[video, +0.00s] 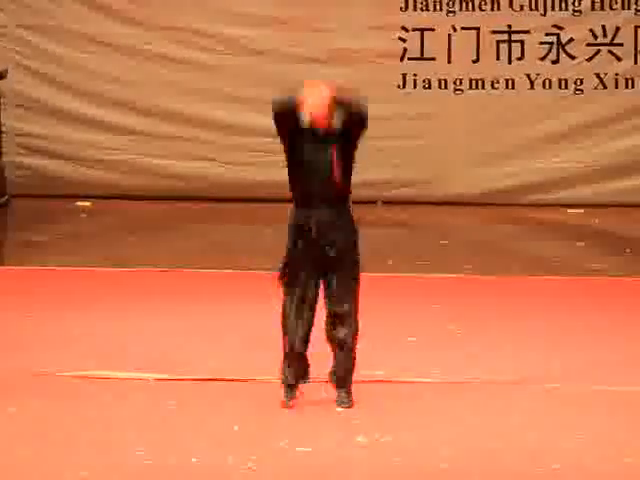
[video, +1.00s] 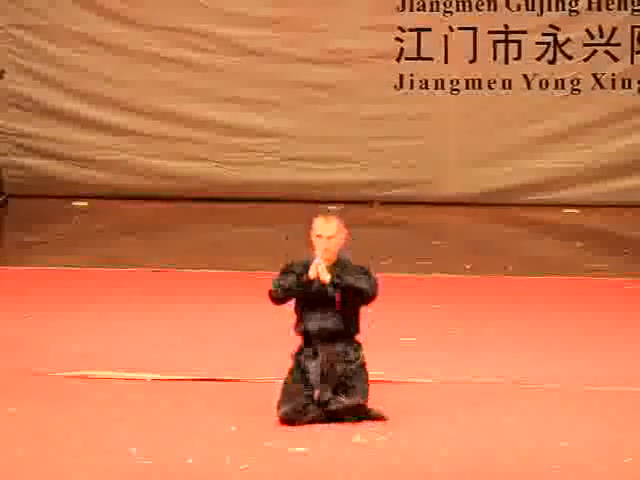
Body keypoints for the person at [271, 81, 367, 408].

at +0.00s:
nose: (319, 112)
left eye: (325, 105)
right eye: (313, 104)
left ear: (334, 111)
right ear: (305, 110)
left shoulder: (345, 139)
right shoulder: (295, 138)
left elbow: (359, 118)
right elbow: (280, 113)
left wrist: (343, 102)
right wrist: (299, 104)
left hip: (340, 228)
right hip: (304, 228)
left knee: (344, 310)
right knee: (297, 307)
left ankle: (343, 382)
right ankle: (291, 378)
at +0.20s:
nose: (312, 63)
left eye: (317, 57)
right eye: (307, 57)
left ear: (331, 55)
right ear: (302, 56)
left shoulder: (348, 81)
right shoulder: (288, 76)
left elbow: (382, 65)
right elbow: (254, 53)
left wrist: (415, 48)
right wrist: (228, 20)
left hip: (336, 170)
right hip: (300, 171)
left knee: (352, 240)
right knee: (293, 242)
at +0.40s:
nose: (310, 67)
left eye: (316, 60)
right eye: (306, 60)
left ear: (330, 58)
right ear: (299, 60)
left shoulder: (349, 87)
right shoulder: (289, 88)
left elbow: (385, 119)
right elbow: (266, 126)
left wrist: (422, 145)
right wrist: (242, 151)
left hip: (339, 173)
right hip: (300, 171)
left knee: (342, 242)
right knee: (292, 235)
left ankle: (325, 264)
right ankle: (294, 264)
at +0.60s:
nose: (311, 155)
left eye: (317, 147)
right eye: (305, 148)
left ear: (330, 145)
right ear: (298, 147)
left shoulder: (353, 173)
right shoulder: (286, 174)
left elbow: (380, 208)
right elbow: (276, 214)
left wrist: (385, 251)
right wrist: (275, 250)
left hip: (337, 246)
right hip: (298, 247)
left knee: (332, 312)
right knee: (287, 299)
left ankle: (316, 384)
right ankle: (321, 353)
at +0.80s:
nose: (319, 215)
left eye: (325, 208)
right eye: (313, 208)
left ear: (335, 208)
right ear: (305, 209)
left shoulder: (349, 238)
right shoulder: (294, 238)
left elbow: (359, 282)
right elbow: (289, 285)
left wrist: (328, 285)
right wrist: (305, 283)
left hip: (342, 315)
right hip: (305, 316)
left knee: (344, 363)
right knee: (290, 370)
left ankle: (319, 398)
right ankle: (342, 406)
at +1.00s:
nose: (324, 244)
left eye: (331, 237)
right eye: (319, 237)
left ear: (344, 239)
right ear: (312, 239)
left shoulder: (353, 272)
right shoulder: (298, 270)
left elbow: (369, 292)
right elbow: (276, 295)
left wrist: (333, 278)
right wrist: (306, 278)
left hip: (347, 355)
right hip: (309, 355)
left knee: (352, 408)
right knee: (290, 413)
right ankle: (351, 414)